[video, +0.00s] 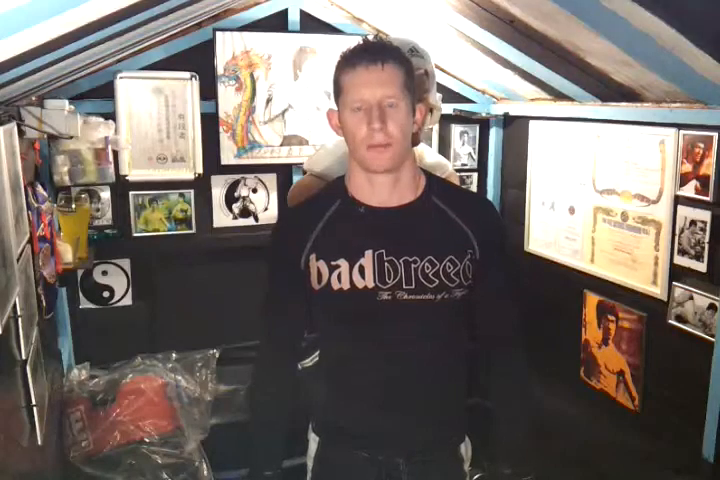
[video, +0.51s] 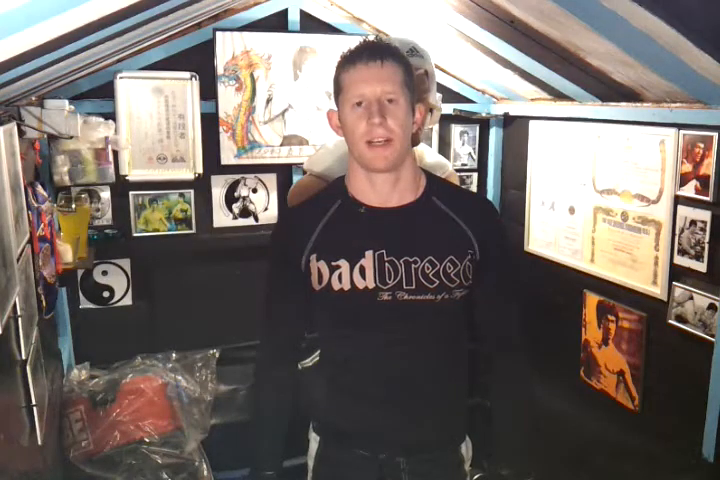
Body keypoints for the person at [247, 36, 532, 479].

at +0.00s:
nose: (377, 123)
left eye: (390, 106)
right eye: (359, 109)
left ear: (418, 116)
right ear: (337, 123)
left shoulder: (476, 221)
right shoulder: (301, 227)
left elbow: (503, 353)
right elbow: (278, 358)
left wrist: (502, 466)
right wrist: (272, 466)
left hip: (441, 458)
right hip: (342, 458)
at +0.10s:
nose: (377, 123)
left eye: (391, 106)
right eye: (360, 109)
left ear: (418, 116)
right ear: (337, 123)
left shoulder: (476, 221)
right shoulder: (302, 226)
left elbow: (503, 353)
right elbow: (278, 358)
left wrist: (502, 465)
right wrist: (273, 465)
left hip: (441, 458)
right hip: (342, 458)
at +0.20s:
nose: (377, 122)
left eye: (391, 105)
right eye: (360, 108)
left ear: (417, 116)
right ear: (337, 123)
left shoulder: (475, 220)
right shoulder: (302, 226)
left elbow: (503, 353)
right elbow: (277, 358)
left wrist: (502, 466)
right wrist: (272, 466)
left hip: (441, 458)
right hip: (342, 458)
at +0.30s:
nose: (376, 120)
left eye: (389, 103)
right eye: (359, 107)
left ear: (417, 116)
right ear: (337, 123)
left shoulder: (475, 220)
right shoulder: (302, 226)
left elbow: (502, 352)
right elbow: (277, 358)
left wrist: (502, 465)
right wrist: (272, 465)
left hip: (441, 458)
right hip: (343, 457)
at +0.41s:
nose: (376, 119)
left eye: (390, 102)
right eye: (359, 105)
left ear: (417, 116)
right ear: (337, 123)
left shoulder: (476, 221)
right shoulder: (302, 226)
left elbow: (501, 354)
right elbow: (278, 359)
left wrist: (498, 466)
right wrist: (272, 467)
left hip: (441, 459)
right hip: (342, 459)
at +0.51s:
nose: (376, 118)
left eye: (390, 102)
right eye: (360, 104)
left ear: (417, 117)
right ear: (337, 123)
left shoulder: (476, 222)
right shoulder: (301, 226)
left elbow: (502, 355)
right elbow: (278, 359)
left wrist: (499, 467)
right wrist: (273, 467)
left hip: (440, 459)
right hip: (342, 458)